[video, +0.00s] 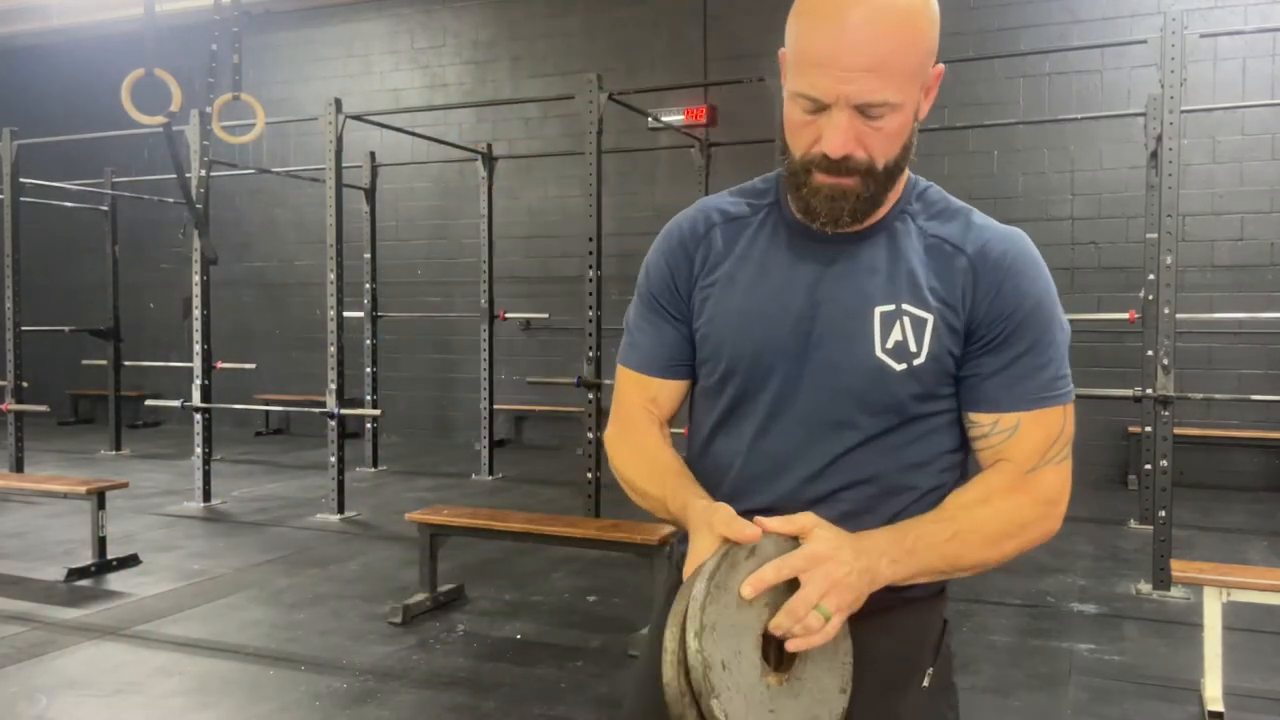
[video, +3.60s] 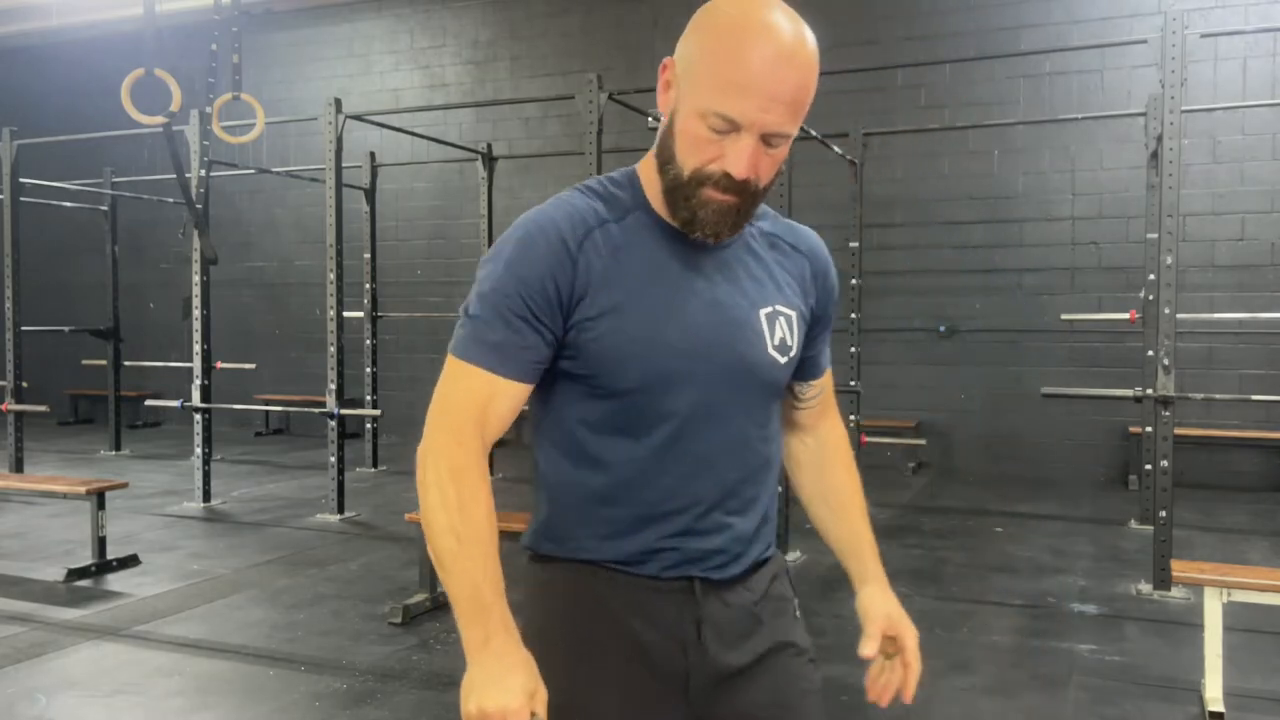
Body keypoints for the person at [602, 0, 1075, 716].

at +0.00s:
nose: (835, 143)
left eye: (872, 112)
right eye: (811, 106)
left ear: (929, 93)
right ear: (781, 74)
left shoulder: (990, 266)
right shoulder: (696, 245)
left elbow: (1034, 492)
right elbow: (631, 428)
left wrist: (870, 558)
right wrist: (696, 511)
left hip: (887, 639)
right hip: (707, 626)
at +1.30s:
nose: (815, 141)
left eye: (845, 106)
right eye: (785, 108)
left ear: (893, 87)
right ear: (747, 85)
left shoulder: (969, 270)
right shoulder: (673, 240)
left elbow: (1006, 477)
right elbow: (595, 429)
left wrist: (955, 632)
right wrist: (741, 479)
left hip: (871, 656)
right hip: (689, 637)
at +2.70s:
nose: (866, 146)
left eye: (904, 117)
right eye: (843, 105)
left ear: (953, 104)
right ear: (805, 76)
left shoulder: (994, 289)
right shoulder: (709, 209)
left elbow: (1007, 508)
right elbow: (557, 343)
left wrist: (959, 672)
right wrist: (709, 455)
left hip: (873, 626)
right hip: (691, 607)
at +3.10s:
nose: (848, 151)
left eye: (889, 123)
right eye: (828, 106)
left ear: (946, 107)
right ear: (798, 68)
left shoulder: (987, 286)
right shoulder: (698, 210)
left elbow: (1015, 498)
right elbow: (508, 309)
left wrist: (1041, 699)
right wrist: (605, 476)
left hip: (860, 643)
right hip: (683, 628)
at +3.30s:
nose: (835, 141)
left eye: (871, 112)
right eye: (813, 98)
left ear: (912, 100)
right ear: (771, 65)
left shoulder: (947, 273)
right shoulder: (662, 221)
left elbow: (979, 469)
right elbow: (489, 355)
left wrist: (1026, 667)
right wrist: (546, 535)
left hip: (845, 637)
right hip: (662, 624)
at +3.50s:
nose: (774, 158)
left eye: (806, 131)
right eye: (753, 117)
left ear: (831, 127)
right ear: (701, 84)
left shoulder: (846, 270)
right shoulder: (589, 242)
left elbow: (869, 437)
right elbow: (462, 428)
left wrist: (933, 607)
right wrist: (505, 623)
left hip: (788, 627)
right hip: (620, 626)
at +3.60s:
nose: (741, 168)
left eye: (772, 140)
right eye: (720, 127)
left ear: (797, 132)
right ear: (666, 88)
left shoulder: (801, 265)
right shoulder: (556, 246)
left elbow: (810, 421)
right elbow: (450, 443)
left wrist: (871, 585)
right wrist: (490, 647)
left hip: (755, 619)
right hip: (594, 624)